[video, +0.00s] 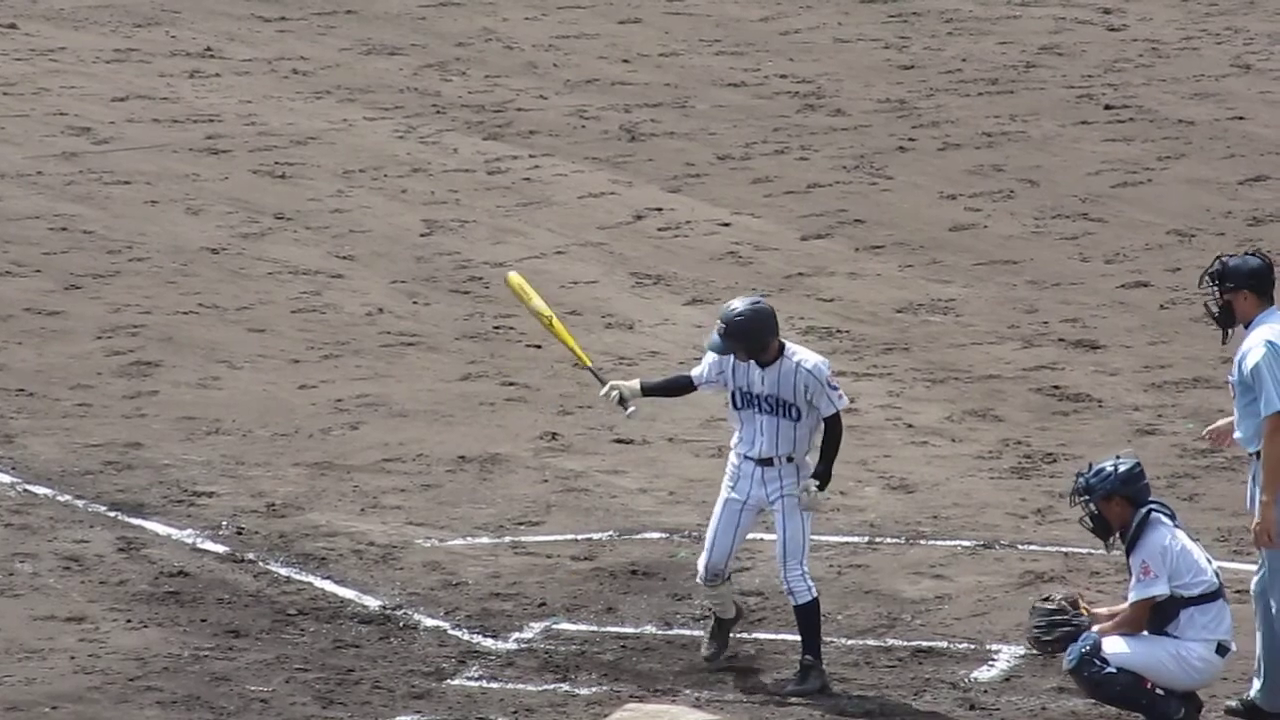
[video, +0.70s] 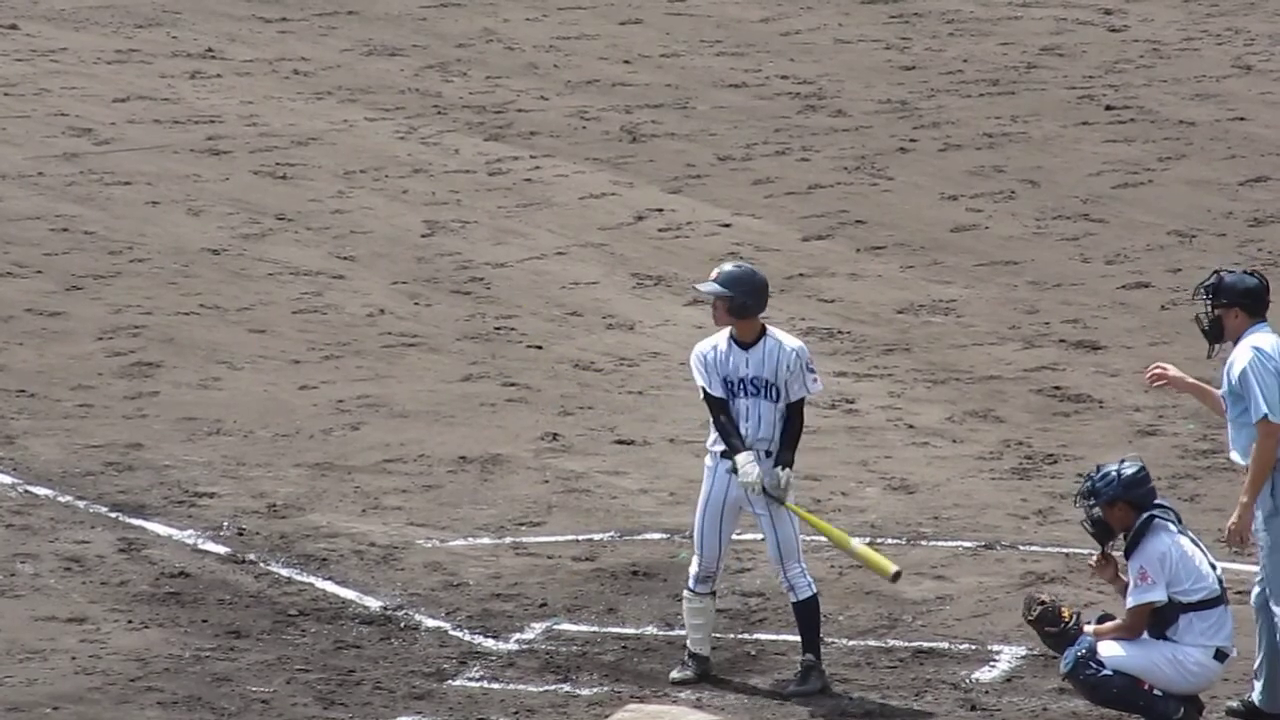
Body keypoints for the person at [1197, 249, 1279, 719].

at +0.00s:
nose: (1218, 301)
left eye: (1223, 293)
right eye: (1218, 292)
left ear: (1245, 296)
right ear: (1254, 295)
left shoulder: (1262, 349)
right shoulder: (1265, 333)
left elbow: (1272, 430)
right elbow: (1267, 405)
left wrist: (1268, 507)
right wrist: (1236, 424)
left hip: (1272, 482)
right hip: (1268, 476)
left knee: (1270, 589)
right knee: (1267, 586)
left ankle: (1269, 695)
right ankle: (1266, 690)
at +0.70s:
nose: (1211, 316)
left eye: (1215, 309)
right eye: (1211, 308)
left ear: (1234, 314)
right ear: (1247, 313)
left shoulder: (1250, 356)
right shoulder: (1260, 345)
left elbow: (1269, 434)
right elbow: (1234, 408)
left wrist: (1246, 505)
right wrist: (1185, 383)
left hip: (1271, 498)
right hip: (1268, 495)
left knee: (1268, 598)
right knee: (1266, 596)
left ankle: (1268, 698)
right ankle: (1265, 693)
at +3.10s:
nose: (1194, 335)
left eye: (1199, 327)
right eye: (1195, 327)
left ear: (1216, 331)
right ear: (1236, 326)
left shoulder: (1237, 374)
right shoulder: (1263, 355)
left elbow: (1259, 455)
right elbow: (1262, 450)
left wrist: (1232, 518)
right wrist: (1241, 515)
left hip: (1274, 496)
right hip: (1274, 494)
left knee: (1270, 610)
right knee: (1271, 604)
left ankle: (1275, 696)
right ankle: (1273, 692)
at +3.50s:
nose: (1208, 324)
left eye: (1213, 317)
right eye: (1210, 316)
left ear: (1232, 322)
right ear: (1251, 318)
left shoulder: (1246, 368)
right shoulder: (1269, 349)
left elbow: (1259, 449)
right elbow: (1263, 447)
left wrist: (1248, 522)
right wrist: (1254, 517)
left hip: (1272, 502)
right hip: (1272, 496)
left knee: (1264, 616)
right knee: (1267, 605)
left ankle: (1277, 700)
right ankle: (1274, 691)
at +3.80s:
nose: (1214, 321)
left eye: (1220, 313)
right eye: (1216, 313)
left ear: (1238, 318)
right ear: (1256, 315)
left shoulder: (1252, 364)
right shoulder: (1268, 348)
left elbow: (1263, 445)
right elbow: (1264, 444)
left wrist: (1249, 516)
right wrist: (1254, 513)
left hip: (1271, 502)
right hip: (1270, 496)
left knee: (1265, 616)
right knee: (1266, 607)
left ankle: (1276, 700)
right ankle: (1274, 691)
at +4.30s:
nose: (1220, 325)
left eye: (1226, 318)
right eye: (1222, 317)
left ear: (1247, 322)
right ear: (1255, 321)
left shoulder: (1258, 366)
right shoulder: (1266, 352)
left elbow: (1266, 447)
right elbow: (1265, 446)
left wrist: (1242, 516)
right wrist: (1247, 513)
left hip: (1271, 511)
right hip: (1267, 506)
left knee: (1266, 618)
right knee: (1266, 610)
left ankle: (1275, 700)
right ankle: (1274, 690)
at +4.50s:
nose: (1221, 335)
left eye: (1224, 327)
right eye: (1221, 326)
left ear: (1243, 326)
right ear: (1258, 321)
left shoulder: (1258, 369)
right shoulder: (1269, 354)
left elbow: (1270, 448)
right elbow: (1269, 448)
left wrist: (1253, 520)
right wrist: (1256, 518)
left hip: (1274, 519)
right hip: (1271, 517)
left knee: (1255, 627)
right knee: (1262, 617)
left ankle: (1274, 702)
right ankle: (1273, 692)